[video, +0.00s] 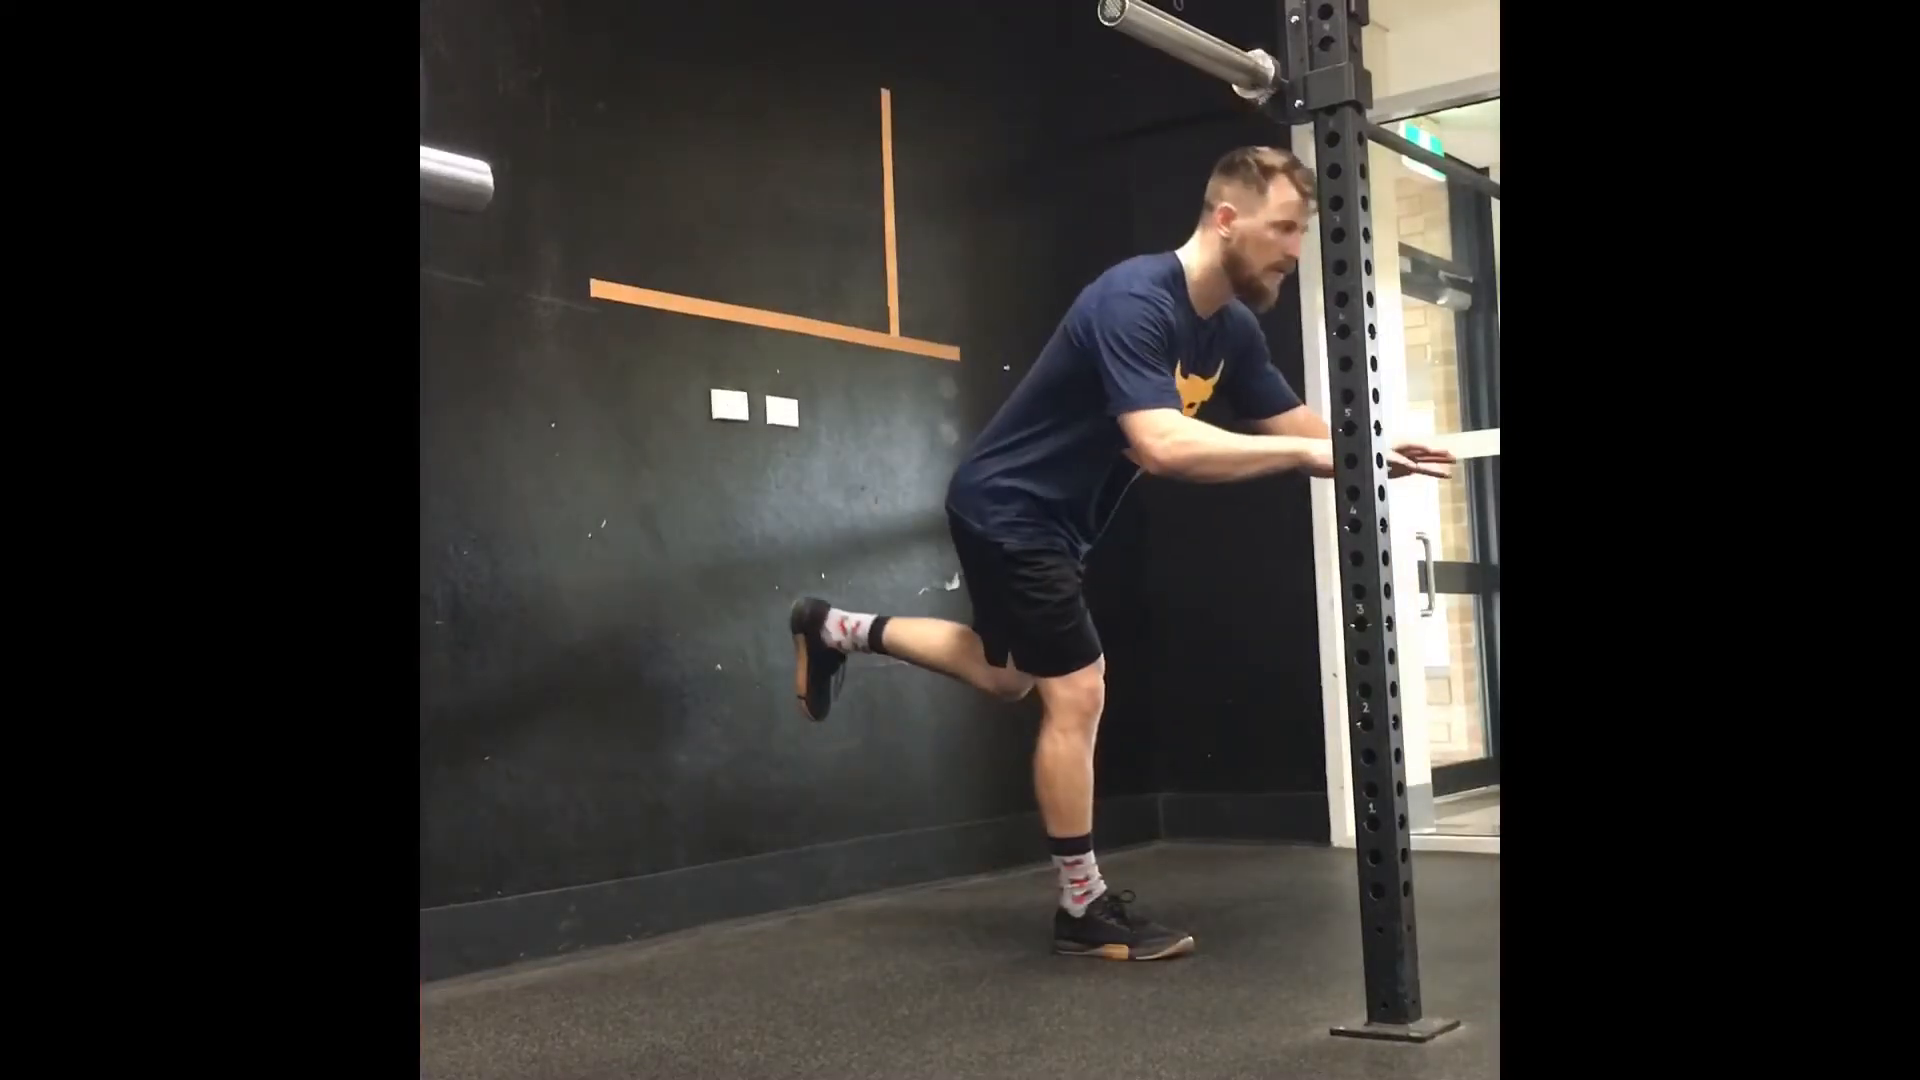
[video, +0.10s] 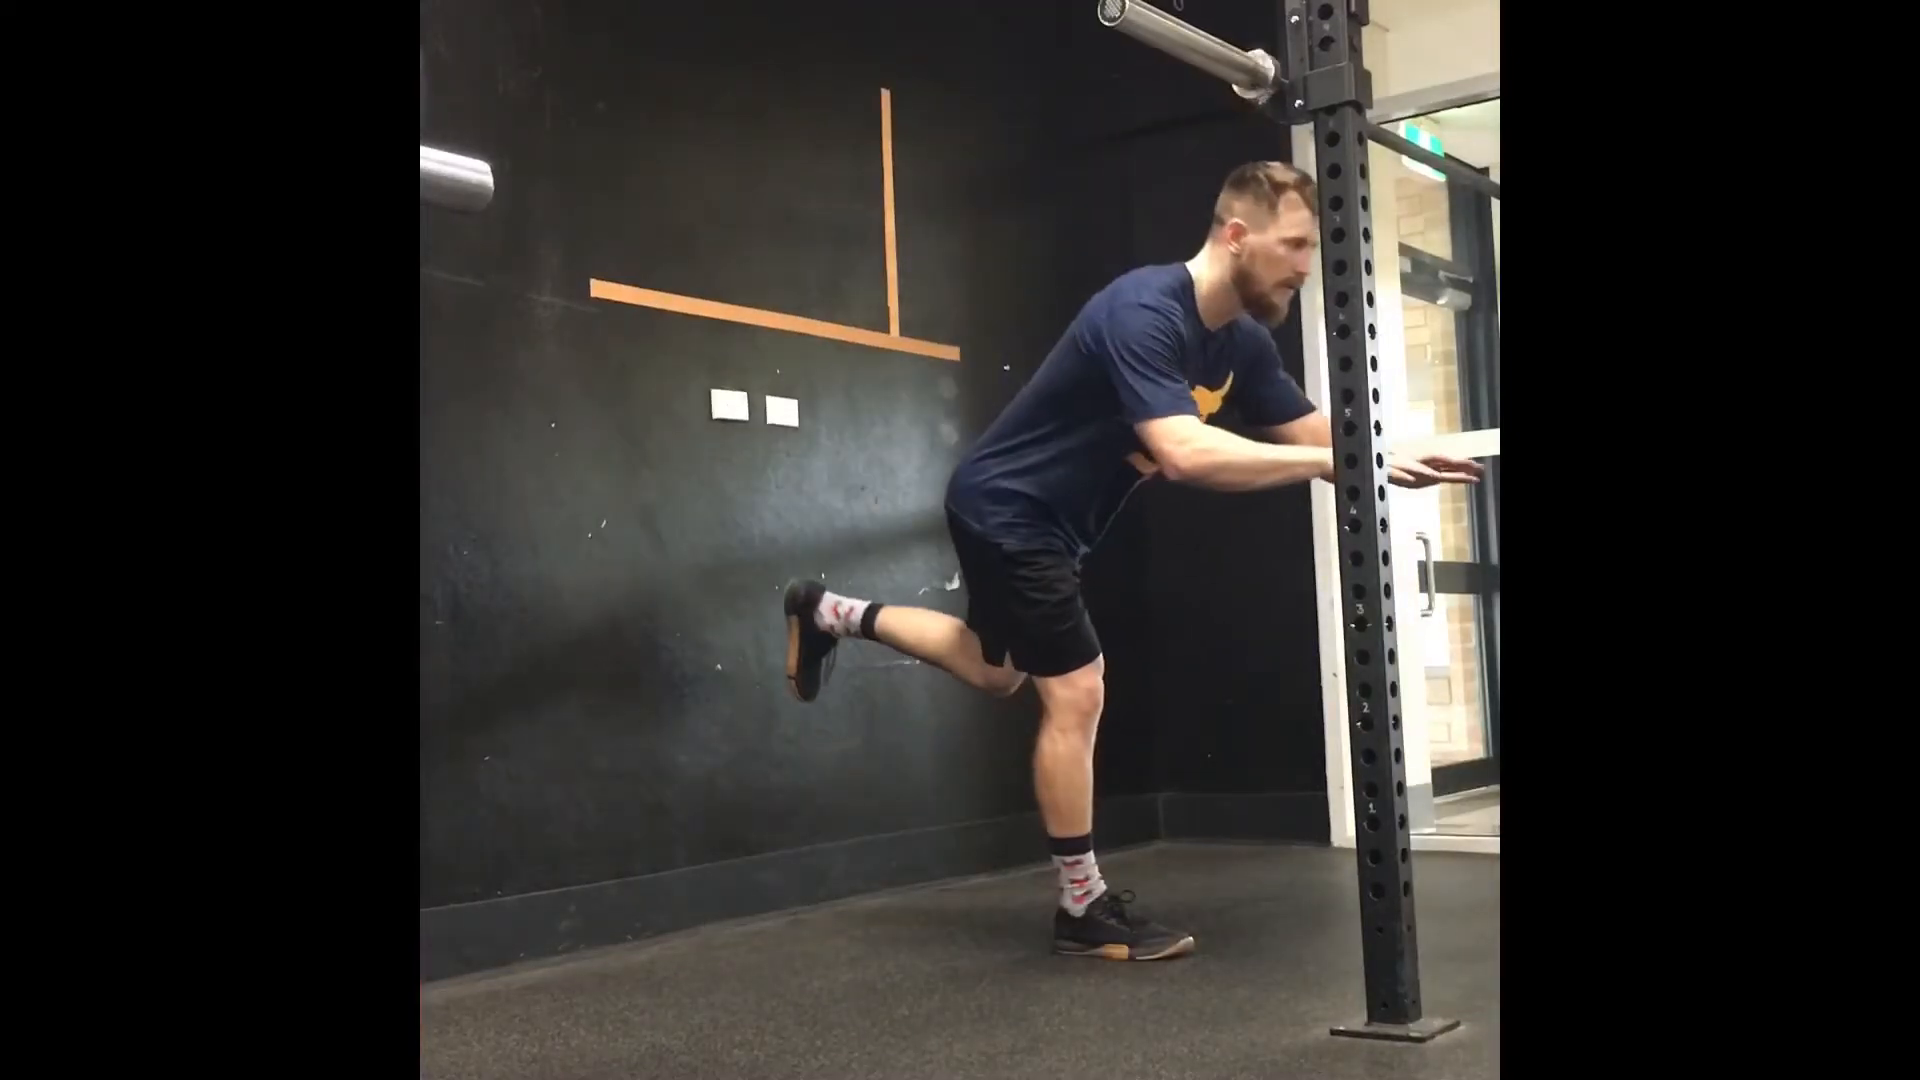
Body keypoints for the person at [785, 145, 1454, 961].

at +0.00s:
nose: (1297, 249)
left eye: (1302, 231)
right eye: (1285, 227)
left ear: (1244, 226)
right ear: (1223, 218)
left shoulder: (1232, 325)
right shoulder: (1133, 300)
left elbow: (1285, 424)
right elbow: (1160, 444)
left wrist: (1375, 448)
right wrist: (1308, 458)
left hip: (1057, 518)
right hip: (1005, 507)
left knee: (1003, 671)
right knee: (1076, 691)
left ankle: (835, 630)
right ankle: (1084, 911)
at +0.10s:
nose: (1305, 266)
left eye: (1311, 249)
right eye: (1292, 247)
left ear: (1269, 248)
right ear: (1230, 237)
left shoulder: (1246, 337)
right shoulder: (1142, 310)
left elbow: (1308, 434)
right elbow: (1184, 454)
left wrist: (1395, 456)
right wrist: (1335, 465)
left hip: (1057, 520)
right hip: (1003, 506)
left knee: (995, 666)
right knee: (1074, 690)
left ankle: (834, 616)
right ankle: (1080, 906)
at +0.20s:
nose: (1314, 282)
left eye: (1318, 263)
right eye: (1303, 261)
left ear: (1266, 258)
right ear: (1243, 249)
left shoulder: (1255, 348)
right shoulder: (1148, 320)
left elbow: (1326, 440)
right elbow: (1204, 460)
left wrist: (1414, 464)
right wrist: (1358, 470)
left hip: (1056, 521)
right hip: (1002, 507)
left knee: (987, 661)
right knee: (1074, 690)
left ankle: (829, 596)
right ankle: (1081, 904)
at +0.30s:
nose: (1323, 294)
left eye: (1327, 275)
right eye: (1312, 272)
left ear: (1277, 270)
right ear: (1251, 259)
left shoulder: (1255, 355)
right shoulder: (1158, 329)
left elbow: (1335, 442)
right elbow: (1217, 463)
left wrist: (1427, 463)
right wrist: (1374, 473)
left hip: (1052, 522)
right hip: (1001, 510)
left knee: (977, 651)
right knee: (1074, 692)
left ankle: (824, 575)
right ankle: (1081, 902)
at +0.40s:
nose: (1327, 307)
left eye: (1330, 290)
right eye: (1318, 288)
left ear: (1278, 282)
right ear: (1261, 275)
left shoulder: (1257, 360)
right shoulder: (1162, 338)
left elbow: (1341, 446)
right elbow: (1227, 469)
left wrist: (1436, 472)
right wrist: (1385, 481)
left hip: (1048, 521)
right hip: (1001, 509)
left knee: (963, 639)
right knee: (1076, 686)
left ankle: (819, 552)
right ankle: (1081, 900)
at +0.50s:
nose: (1331, 320)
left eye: (1334, 303)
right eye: (1324, 300)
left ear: (1280, 290)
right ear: (1270, 284)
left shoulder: (1262, 373)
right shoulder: (1166, 346)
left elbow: (1352, 457)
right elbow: (1236, 479)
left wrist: (1459, 494)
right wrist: (1375, 490)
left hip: (1043, 520)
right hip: (1000, 508)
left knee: (954, 627)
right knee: (1075, 686)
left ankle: (814, 528)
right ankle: (1084, 911)